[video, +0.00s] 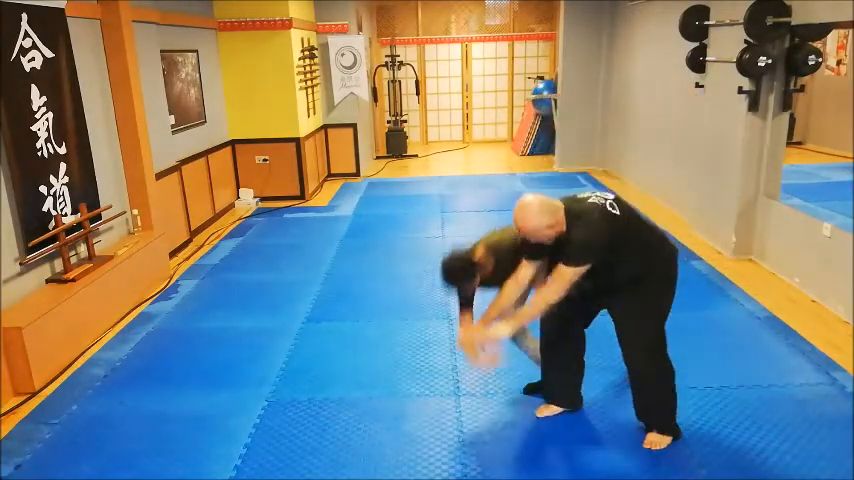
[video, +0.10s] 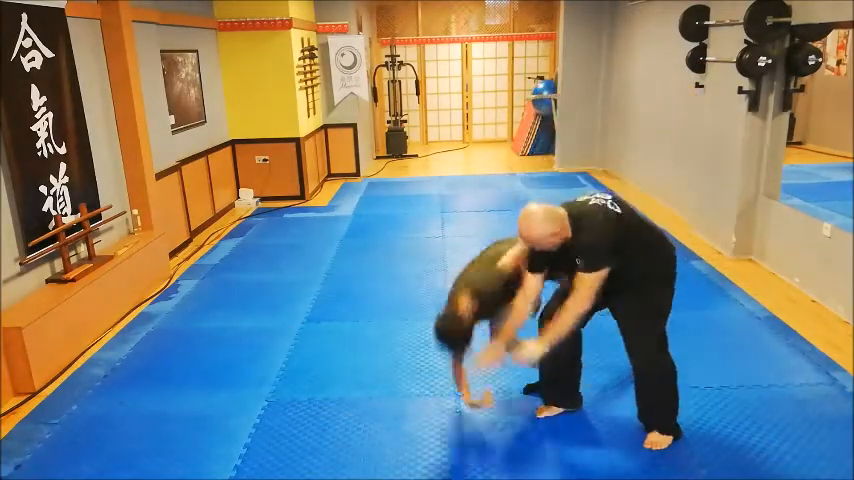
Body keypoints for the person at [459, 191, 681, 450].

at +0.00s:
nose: (525, 241)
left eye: (529, 235)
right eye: (522, 235)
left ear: (552, 226)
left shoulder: (589, 229)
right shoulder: (544, 224)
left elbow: (553, 292)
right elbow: (519, 278)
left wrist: (509, 327)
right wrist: (486, 322)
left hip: (645, 270)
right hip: (598, 270)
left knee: (643, 345)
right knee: (559, 320)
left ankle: (662, 425)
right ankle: (564, 398)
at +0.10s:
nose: (531, 250)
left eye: (535, 245)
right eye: (528, 245)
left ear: (559, 235)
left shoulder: (597, 229)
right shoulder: (542, 237)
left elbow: (582, 298)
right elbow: (527, 294)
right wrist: (502, 341)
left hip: (644, 271)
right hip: (596, 269)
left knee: (646, 346)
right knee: (553, 321)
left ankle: (663, 425)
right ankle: (562, 399)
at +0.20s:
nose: (540, 247)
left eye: (544, 241)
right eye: (537, 241)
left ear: (568, 231)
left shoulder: (609, 229)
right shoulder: (548, 237)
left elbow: (609, 298)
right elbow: (546, 294)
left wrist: (587, 355)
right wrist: (538, 353)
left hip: (646, 265)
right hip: (593, 265)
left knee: (647, 339)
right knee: (561, 324)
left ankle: (664, 425)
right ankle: (562, 397)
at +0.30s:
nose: (549, 239)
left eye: (554, 233)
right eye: (546, 234)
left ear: (579, 221)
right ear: (545, 224)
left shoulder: (619, 219)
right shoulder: (553, 231)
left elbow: (634, 286)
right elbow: (568, 291)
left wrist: (631, 348)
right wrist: (576, 350)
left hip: (647, 266)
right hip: (595, 267)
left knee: (650, 339)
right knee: (554, 321)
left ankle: (665, 425)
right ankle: (563, 397)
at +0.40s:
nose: (555, 229)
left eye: (561, 224)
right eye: (553, 224)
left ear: (589, 213)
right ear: (553, 211)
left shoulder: (628, 206)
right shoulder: (560, 224)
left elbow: (657, 271)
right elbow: (584, 279)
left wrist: (663, 331)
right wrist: (607, 333)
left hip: (639, 272)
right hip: (593, 273)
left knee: (657, 341)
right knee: (559, 320)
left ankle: (665, 423)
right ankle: (563, 398)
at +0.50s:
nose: (570, 213)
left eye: (576, 207)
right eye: (566, 207)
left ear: (601, 199)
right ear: (563, 197)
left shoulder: (641, 195)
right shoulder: (565, 212)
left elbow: (673, 255)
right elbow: (593, 269)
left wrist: (683, 313)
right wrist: (623, 319)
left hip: (644, 267)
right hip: (596, 265)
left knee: (658, 337)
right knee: (563, 318)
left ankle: (665, 422)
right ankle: (564, 398)